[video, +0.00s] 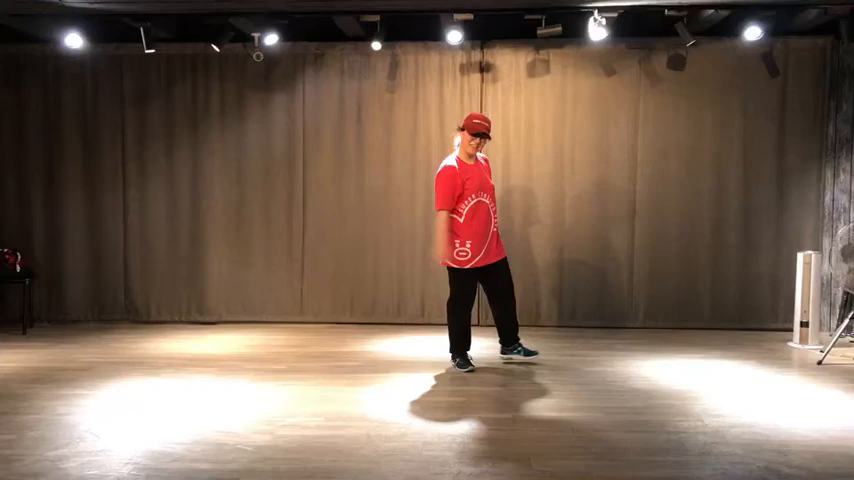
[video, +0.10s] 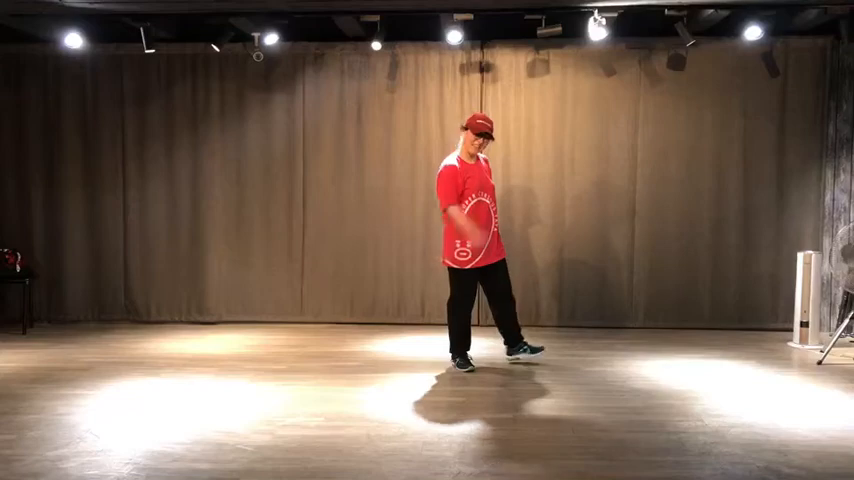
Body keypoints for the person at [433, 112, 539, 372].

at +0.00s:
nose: (478, 141)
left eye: (482, 138)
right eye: (474, 136)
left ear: (486, 141)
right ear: (461, 135)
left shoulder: (483, 164)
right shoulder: (450, 169)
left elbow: (485, 202)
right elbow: (443, 212)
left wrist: (491, 237)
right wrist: (443, 247)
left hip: (490, 246)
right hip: (462, 250)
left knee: (503, 295)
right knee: (461, 303)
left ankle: (510, 344)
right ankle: (459, 353)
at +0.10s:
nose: (481, 142)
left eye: (486, 138)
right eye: (478, 136)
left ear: (488, 141)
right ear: (465, 134)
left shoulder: (483, 164)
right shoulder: (450, 168)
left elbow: (485, 201)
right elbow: (451, 207)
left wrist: (491, 232)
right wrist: (473, 233)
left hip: (490, 247)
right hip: (463, 250)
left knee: (502, 297)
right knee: (461, 303)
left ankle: (515, 345)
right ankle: (459, 353)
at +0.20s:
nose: (490, 143)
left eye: (492, 139)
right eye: (487, 137)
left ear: (490, 141)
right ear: (471, 134)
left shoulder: (486, 164)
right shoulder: (453, 165)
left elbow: (487, 196)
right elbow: (457, 195)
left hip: (490, 245)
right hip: (464, 247)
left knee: (501, 296)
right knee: (462, 301)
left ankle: (516, 344)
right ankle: (459, 353)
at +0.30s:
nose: (499, 143)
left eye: (500, 138)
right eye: (497, 137)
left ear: (487, 137)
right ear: (480, 134)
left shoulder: (487, 166)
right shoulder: (460, 164)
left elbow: (490, 202)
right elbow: (474, 183)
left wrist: (502, 227)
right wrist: (490, 156)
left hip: (491, 247)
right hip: (467, 247)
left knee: (501, 299)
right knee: (464, 301)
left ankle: (513, 346)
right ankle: (459, 353)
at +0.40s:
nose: (507, 143)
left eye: (508, 138)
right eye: (504, 137)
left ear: (493, 137)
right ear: (489, 135)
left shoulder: (494, 165)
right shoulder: (469, 164)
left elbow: (498, 202)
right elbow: (488, 183)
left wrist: (510, 227)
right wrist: (492, 149)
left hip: (496, 248)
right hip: (472, 248)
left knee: (502, 301)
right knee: (467, 302)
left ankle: (515, 348)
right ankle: (460, 352)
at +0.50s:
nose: (513, 141)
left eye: (513, 136)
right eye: (510, 135)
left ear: (498, 137)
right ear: (494, 135)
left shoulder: (503, 167)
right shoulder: (477, 165)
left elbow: (507, 205)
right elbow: (497, 192)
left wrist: (512, 232)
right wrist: (519, 170)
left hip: (502, 248)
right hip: (478, 249)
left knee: (509, 302)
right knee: (471, 304)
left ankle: (517, 349)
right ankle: (460, 353)